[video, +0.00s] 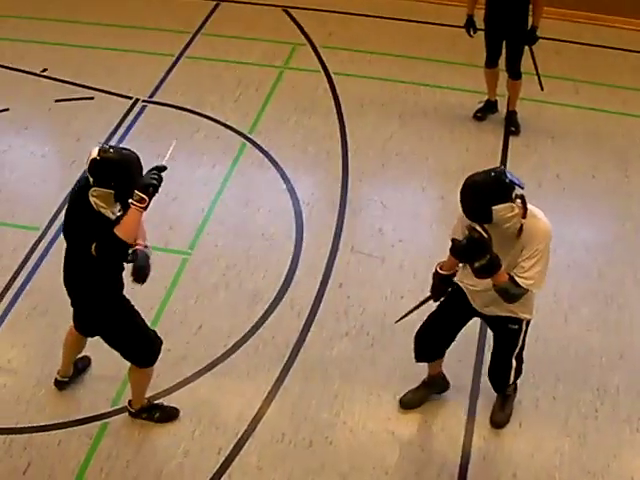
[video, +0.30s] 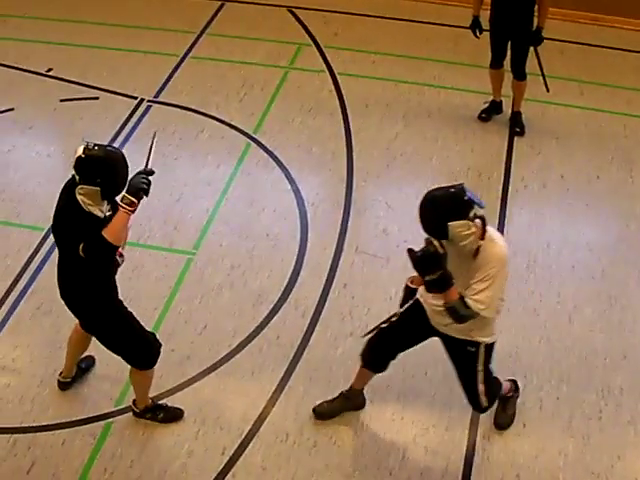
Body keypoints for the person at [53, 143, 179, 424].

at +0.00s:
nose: (127, 195)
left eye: (127, 190)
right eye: (124, 189)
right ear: (112, 188)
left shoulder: (103, 186)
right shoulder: (82, 212)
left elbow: (134, 217)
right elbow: (115, 249)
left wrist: (140, 248)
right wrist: (140, 202)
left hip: (83, 278)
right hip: (97, 294)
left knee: (82, 325)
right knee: (147, 347)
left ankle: (65, 372)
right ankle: (138, 405)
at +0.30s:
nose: (115, 187)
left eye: (115, 182)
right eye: (112, 182)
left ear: (88, 175)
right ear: (101, 184)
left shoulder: (79, 189)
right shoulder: (73, 216)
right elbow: (102, 250)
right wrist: (128, 202)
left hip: (77, 282)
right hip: (92, 296)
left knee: (87, 323)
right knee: (145, 350)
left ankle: (67, 373)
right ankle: (142, 405)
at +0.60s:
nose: (127, 195)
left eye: (128, 190)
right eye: (125, 191)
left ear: (89, 180)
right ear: (109, 197)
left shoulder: (66, 189)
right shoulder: (101, 231)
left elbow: (99, 206)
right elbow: (151, 272)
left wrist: (131, 202)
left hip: (50, 275)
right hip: (78, 295)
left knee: (67, 310)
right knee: (138, 345)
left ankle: (48, 360)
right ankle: (149, 405)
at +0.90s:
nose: (96, 206)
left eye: (96, 202)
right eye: (94, 202)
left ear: (64, 188)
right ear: (78, 204)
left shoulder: (48, 197)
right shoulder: (64, 241)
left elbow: (92, 216)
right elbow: (66, 302)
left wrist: (115, 206)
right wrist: (113, 329)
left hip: (31, 289)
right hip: (55, 305)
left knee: (45, 324)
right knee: (125, 349)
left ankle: (23, 377)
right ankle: (147, 405)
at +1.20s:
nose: (80, 200)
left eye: (80, 195)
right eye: (78, 196)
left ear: (53, 184)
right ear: (68, 196)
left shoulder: (41, 195)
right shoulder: (45, 230)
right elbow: (76, 271)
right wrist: (122, 231)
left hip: (34, 286)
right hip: (54, 300)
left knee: (46, 320)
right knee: (125, 342)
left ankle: (26, 375)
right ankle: (139, 403)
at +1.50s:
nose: (90, 197)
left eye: (89, 192)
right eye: (88, 193)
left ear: (60, 180)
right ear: (76, 195)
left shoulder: (45, 193)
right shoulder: (55, 226)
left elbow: (83, 220)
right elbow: (80, 265)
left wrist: (92, 248)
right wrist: (121, 221)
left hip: (38, 282)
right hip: (61, 297)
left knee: (50, 316)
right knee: (133, 338)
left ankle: (30, 370)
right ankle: (144, 399)